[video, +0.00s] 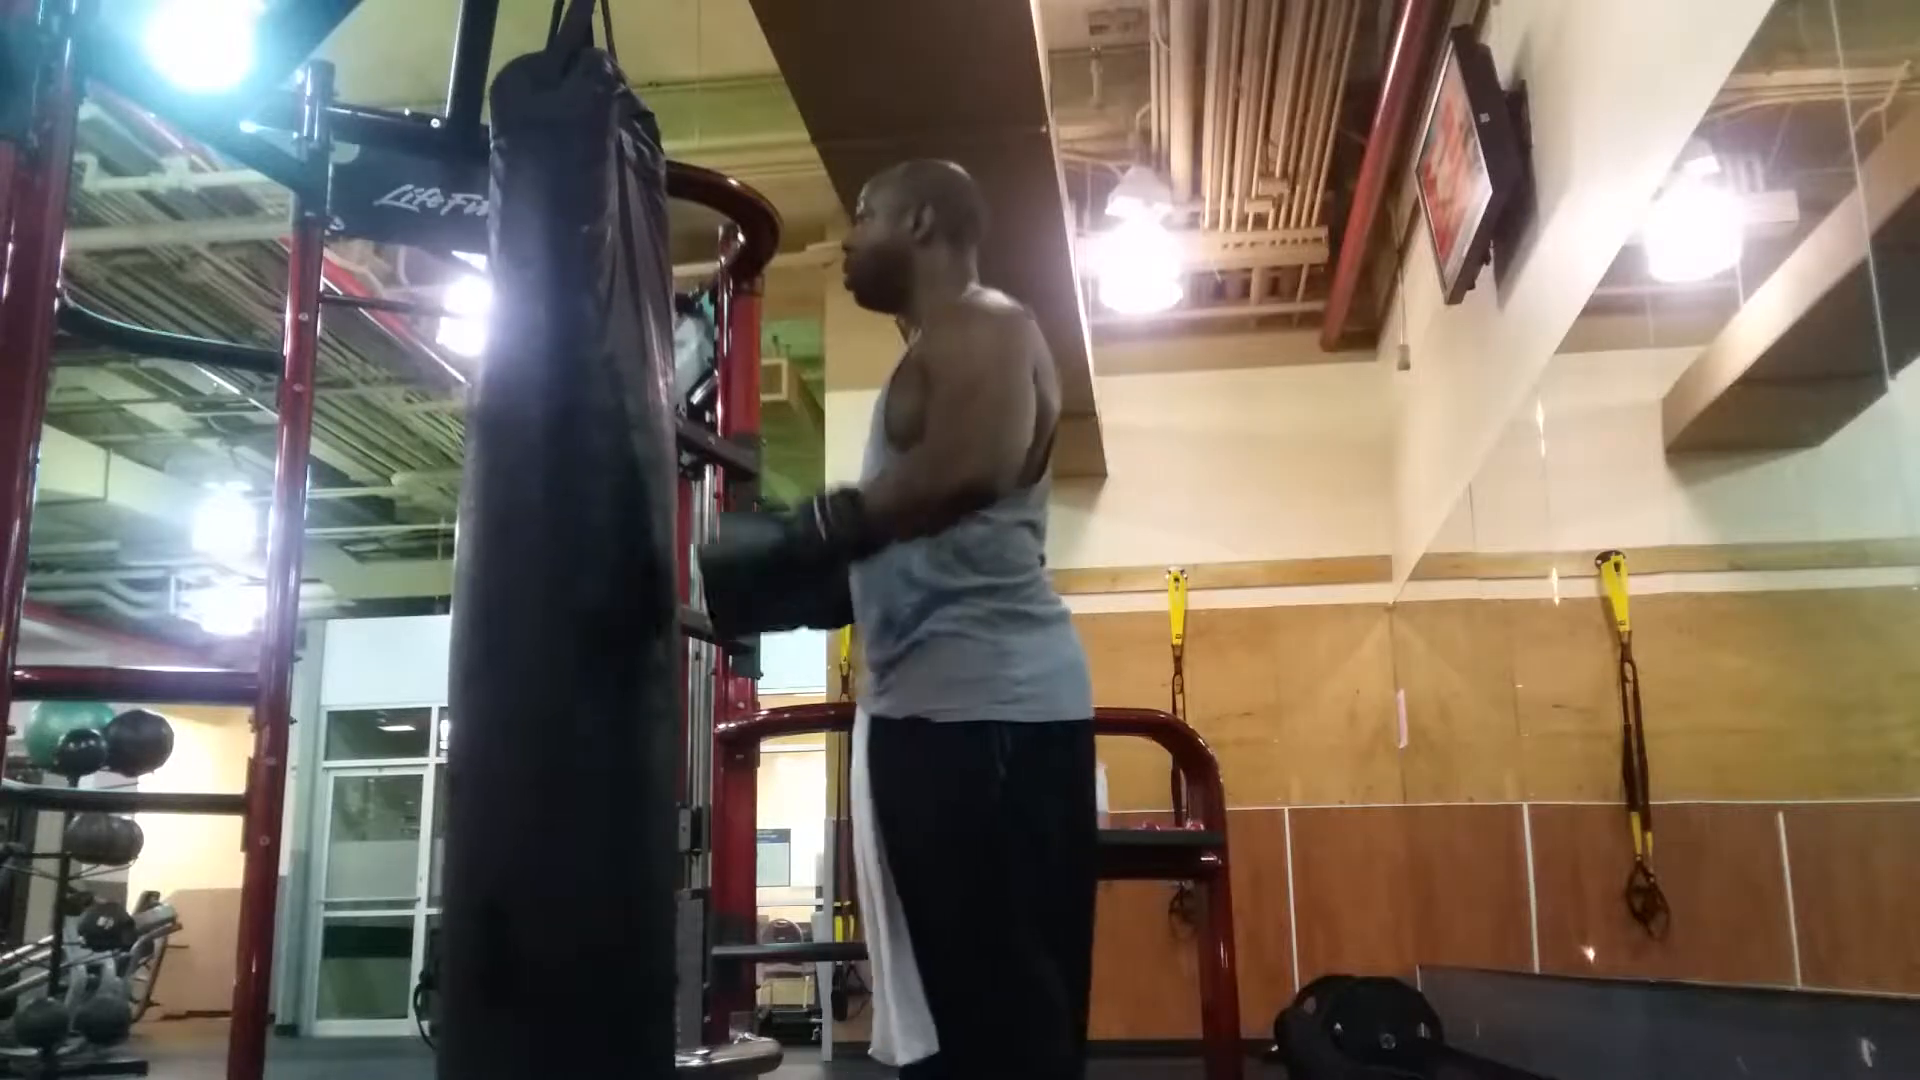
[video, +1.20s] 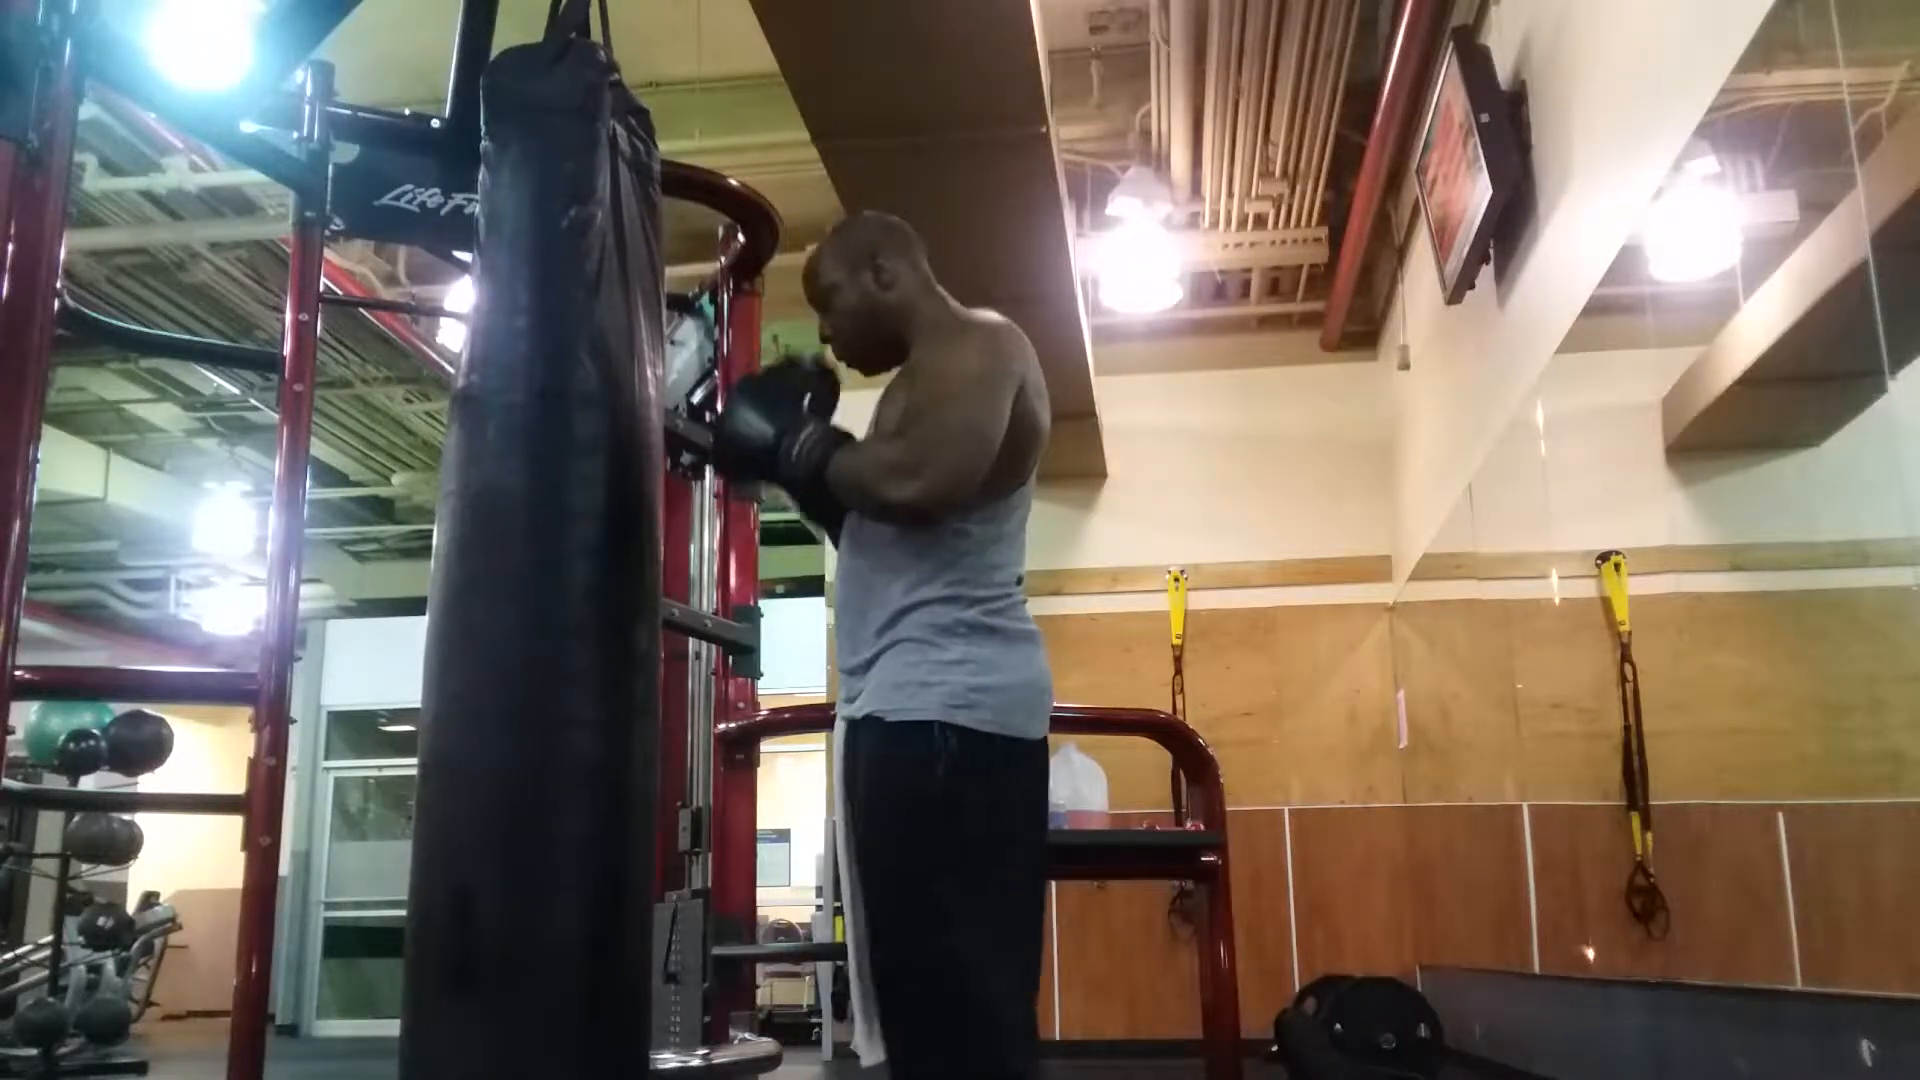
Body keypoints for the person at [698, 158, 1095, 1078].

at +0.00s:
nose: (847, 240)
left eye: (864, 216)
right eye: (854, 220)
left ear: (920, 224)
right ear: (926, 229)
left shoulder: (978, 322)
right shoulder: (935, 355)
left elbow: (974, 464)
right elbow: (913, 557)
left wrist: (815, 528)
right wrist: (775, 591)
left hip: (981, 713)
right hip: (947, 713)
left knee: (992, 1022)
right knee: (981, 1021)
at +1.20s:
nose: (825, 335)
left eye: (826, 304)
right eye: (818, 313)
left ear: (882, 277)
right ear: (890, 282)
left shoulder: (977, 342)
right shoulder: (910, 387)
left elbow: (922, 481)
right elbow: (881, 542)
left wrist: (803, 443)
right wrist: (790, 463)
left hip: (950, 707)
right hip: (903, 708)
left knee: (951, 1010)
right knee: (924, 1007)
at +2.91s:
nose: (698, 338)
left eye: (707, 309)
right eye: (696, 316)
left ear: (754, 295)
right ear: (780, 296)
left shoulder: (818, 344)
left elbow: (789, 435)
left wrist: (677, 467)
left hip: (893, 707)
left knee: (916, 1011)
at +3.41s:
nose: (724, 309)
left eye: (738, 287)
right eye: (725, 293)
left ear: (805, 286)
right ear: (808, 293)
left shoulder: (858, 347)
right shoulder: (814, 401)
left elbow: (848, 462)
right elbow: (861, 597)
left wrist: (723, 483)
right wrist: (752, 624)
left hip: (911, 702)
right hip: (872, 706)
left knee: (914, 992)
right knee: (889, 990)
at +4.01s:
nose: (811, 256)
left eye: (824, 235)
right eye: (815, 237)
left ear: (880, 234)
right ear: (895, 241)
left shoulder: (938, 313)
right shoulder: (938, 331)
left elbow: (885, 474)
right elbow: (963, 546)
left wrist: (815, 489)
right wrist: (868, 608)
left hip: (971, 699)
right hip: (978, 698)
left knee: (960, 1020)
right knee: (983, 1016)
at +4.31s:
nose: (839, 236)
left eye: (841, 206)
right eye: (836, 211)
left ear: (883, 183)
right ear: (950, 187)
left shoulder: (944, 266)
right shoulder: (1049, 293)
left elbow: (869, 469)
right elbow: (1107, 510)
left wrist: (850, 474)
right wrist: (934, 566)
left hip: (1018, 673)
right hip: (1104, 665)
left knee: (1012, 1020)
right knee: (1084, 1010)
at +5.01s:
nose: (813, 265)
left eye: (811, 235)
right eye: (803, 243)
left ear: (860, 201)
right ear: (894, 198)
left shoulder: (954, 269)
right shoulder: (1012, 270)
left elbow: (905, 473)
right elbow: (1083, 469)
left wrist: (839, 465)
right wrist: (895, 506)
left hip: (1002, 683)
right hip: (1069, 675)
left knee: (919, 994)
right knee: (1091, 979)